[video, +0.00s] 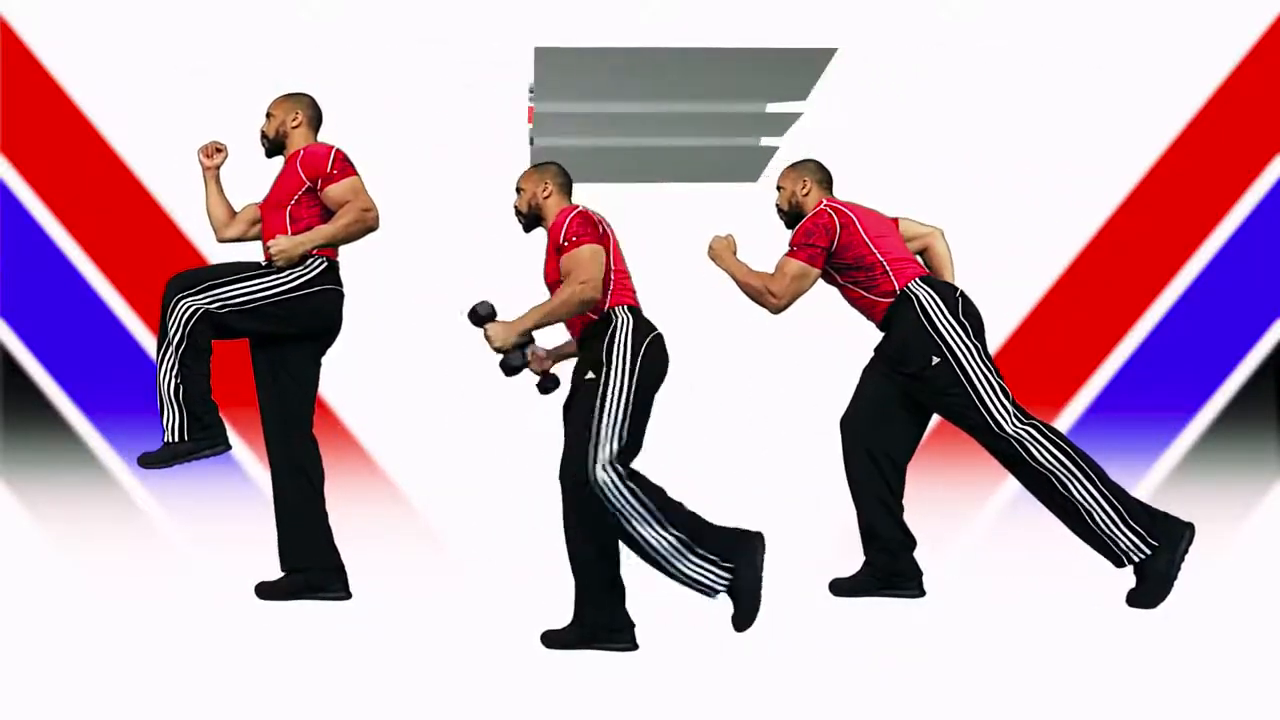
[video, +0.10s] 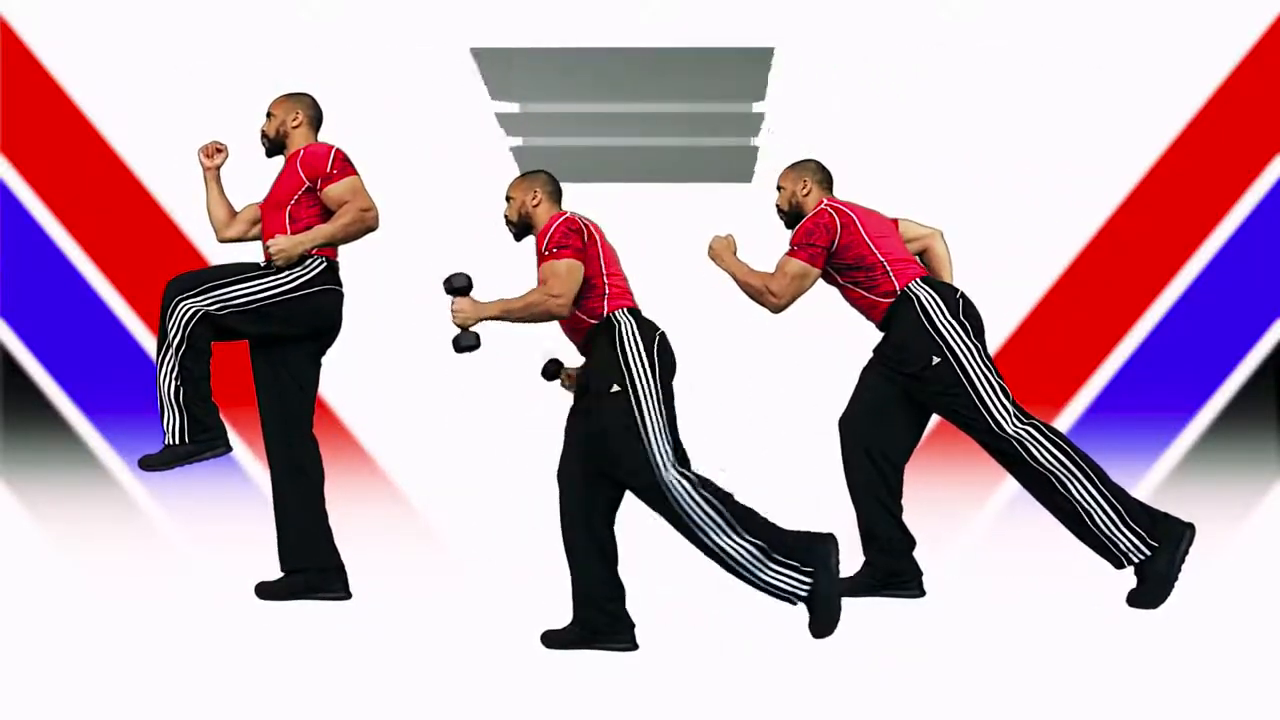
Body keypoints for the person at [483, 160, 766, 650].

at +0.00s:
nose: (517, 202)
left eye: (521, 192)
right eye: (516, 194)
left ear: (546, 188)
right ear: (549, 190)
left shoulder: (575, 220)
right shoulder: (559, 241)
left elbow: (587, 287)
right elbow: (595, 326)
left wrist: (517, 325)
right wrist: (551, 355)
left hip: (622, 341)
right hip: (598, 355)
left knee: (601, 470)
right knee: (577, 480)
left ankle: (733, 558)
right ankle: (602, 619)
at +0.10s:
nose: (505, 211)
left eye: (510, 201)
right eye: (506, 202)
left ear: (534, 196)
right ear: (541, 200)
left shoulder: (562, 226)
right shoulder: (567, 239)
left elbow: (557, 297)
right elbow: (608, 321)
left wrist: (484, 311)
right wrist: (588, 372)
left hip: (626, 345)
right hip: (605, 361)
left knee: (664, 478)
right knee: (581, 493)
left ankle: (808, 562)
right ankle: (602, 621)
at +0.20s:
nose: (497, 218)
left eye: (502, 208)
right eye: (497, 211)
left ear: (527, 204)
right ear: (531, 208)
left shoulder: (553, 234)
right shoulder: (561, 245)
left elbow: (528, 307)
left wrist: (462, 296)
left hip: (634, 348)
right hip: (609, 367)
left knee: (698, 472)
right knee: (584, 491)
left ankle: (836, 580)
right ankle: (601, 622)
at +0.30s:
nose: (494, 229)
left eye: (500, 218)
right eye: (494, 222)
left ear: (525, 213)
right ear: (531, 221)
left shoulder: (548, 245)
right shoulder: (568, 251)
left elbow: (514, 316)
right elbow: (641, 299)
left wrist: (455, 287)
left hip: (641, 353)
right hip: (618, 369)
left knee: (713, 471)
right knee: (585, 487)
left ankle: (848, 588)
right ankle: (602, 621)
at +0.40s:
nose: (493, 236)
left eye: (499, 225)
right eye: (494, 228)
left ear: (525, 221)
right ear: (532, 228)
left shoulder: (549, 249)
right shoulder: (569, 257)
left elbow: (512, 322)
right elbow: (644, 298)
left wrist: (457, 293)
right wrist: (651, 362)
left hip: (646, 357)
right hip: (623, 373)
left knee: (720, 476)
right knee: (584, 487)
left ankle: (856, 593)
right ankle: (603, 622)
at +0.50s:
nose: (493, 243)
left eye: (499, 232)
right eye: (494, 234)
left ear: (526, 226)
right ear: (533, 232)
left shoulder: (549, 254)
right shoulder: (569, 260)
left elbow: (513, 328)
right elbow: (645, 301)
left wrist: (457, 299)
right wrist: (662, 364)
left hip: (649, 358)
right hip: (626, 374)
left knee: (725, 479)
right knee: (583, 487)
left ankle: (857, 596)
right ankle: (603, 623)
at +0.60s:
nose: (491, 243)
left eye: (497, 233)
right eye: (492, 236)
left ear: (525, 228)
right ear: (533, 234)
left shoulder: (548, 256)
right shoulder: (567, 264)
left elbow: (511, 332)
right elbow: (645, 301)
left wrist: (457, 302)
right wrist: (658, 368)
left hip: (648, 358)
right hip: (626, 375)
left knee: (726, 480)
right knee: (583, 489)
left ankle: (861, 600)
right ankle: (602, 623)